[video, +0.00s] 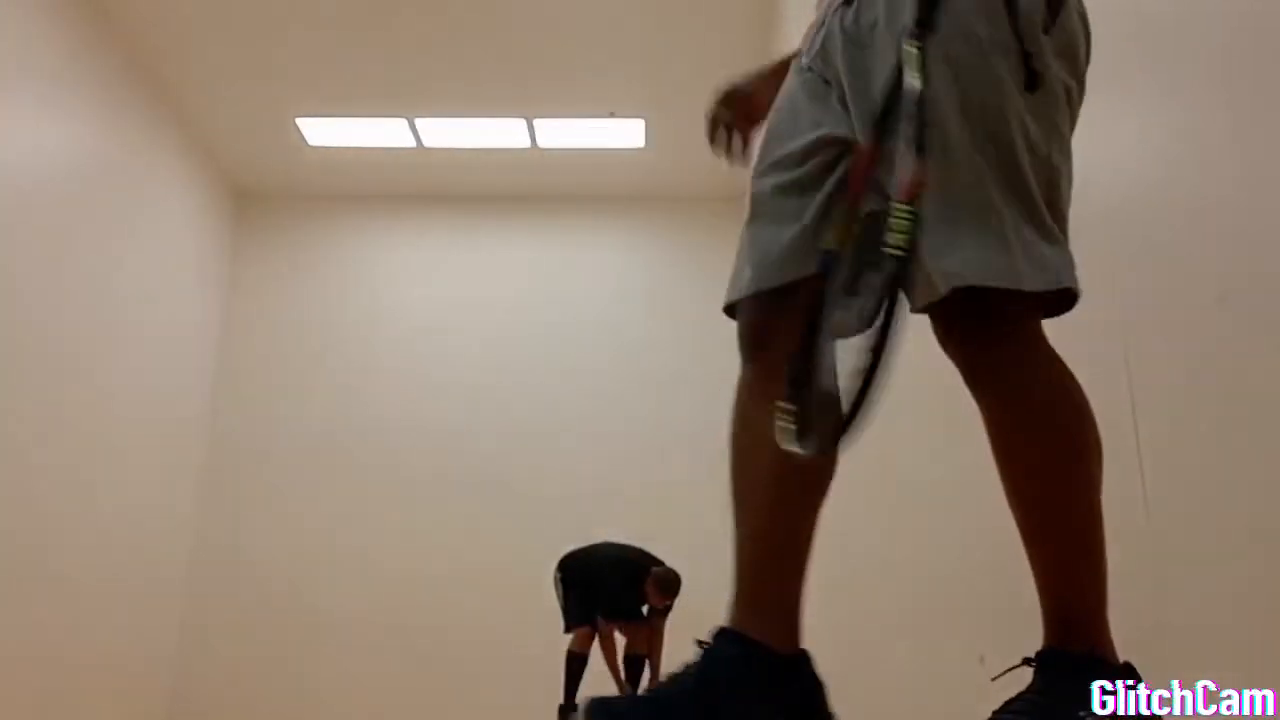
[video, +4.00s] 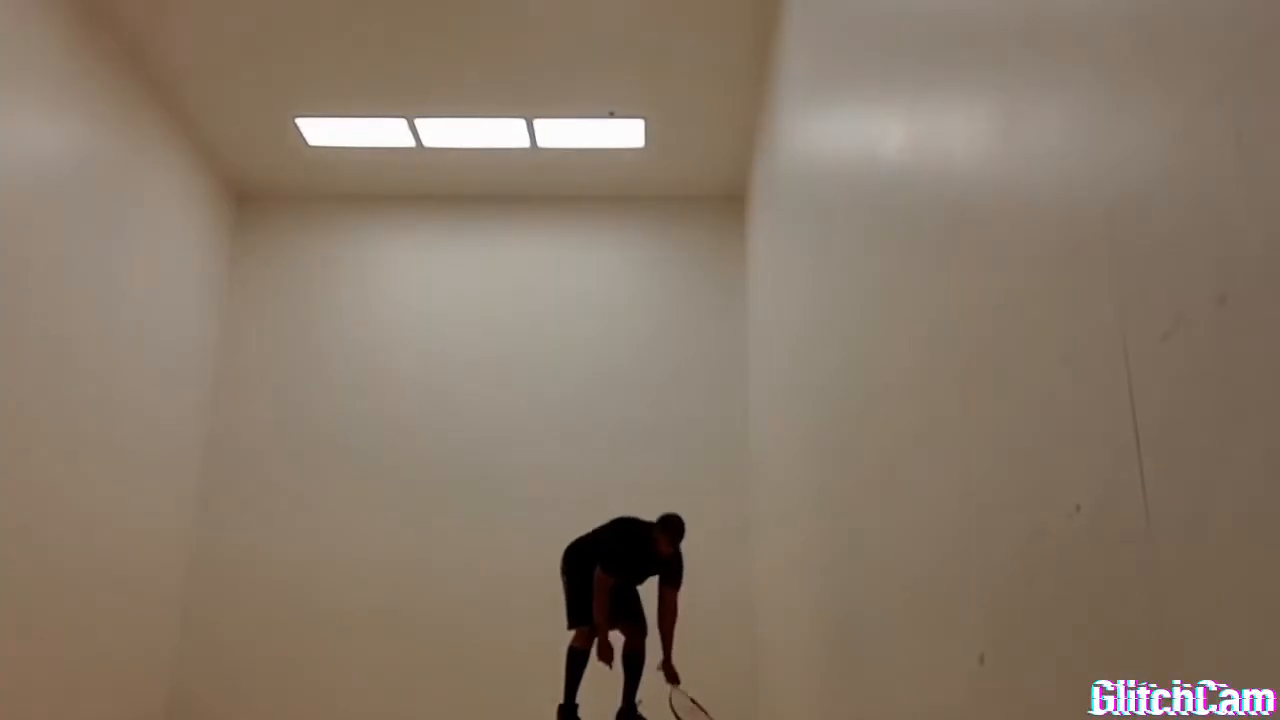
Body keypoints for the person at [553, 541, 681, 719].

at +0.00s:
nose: (659, 607)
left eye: (665, 604)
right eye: (656, 602)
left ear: (672, 595)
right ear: (649, 586)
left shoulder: (666, 587)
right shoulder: (617, 581)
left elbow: (656, 631)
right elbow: (605, 635)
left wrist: (654, 679)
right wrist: (620, 685)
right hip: (573, 573)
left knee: (641, 632)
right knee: (584, 633)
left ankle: (631, 698)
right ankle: (568, 704)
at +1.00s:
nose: (662, 598)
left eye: (667, 594)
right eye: (660, 592)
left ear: (673, 590)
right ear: (652, 582)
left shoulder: (668, 587)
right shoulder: (624, 582)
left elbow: (659, 636)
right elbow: (617, 637)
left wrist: (649, 686)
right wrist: (623, 683)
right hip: (573, 576)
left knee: (640, 637)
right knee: (584, 633)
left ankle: (629, 707)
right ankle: (568, 706)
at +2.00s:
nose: (661, 603)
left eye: (668, 599)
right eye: (660, 596)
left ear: (674, 592)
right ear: (655, 585)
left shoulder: (671, 586)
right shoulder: (628, 584)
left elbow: (660, 639)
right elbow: (620, 639)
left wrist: (647, 689)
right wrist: (624, 690)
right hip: (576, 574)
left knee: (642, 637)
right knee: (586, 634)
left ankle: (629, 709)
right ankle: (569, 706)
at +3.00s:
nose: (662, 603)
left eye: (668, 599)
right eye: (660, 597)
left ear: (674, 591)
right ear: (653, 585)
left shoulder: (670, 584)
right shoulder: (627, 584)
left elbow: (660, 637)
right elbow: (621, 639)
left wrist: (650, 686)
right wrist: (625, 686)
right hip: (577, 574)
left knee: (643, 636)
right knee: (586, 634)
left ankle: (629, 708)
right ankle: (568, 706)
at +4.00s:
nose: (670, 549)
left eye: (675, 544)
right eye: (667, 542)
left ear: (678, 541)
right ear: (656, 534)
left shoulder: (672, 558)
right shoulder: (626, 535)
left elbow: (667, 606)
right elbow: (602, 584)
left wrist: (667, 658)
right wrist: (602, 638)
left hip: (620, 578)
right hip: (581, 569)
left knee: (636, 634)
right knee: (585, 631)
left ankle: (628, 707)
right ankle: (568, 706)